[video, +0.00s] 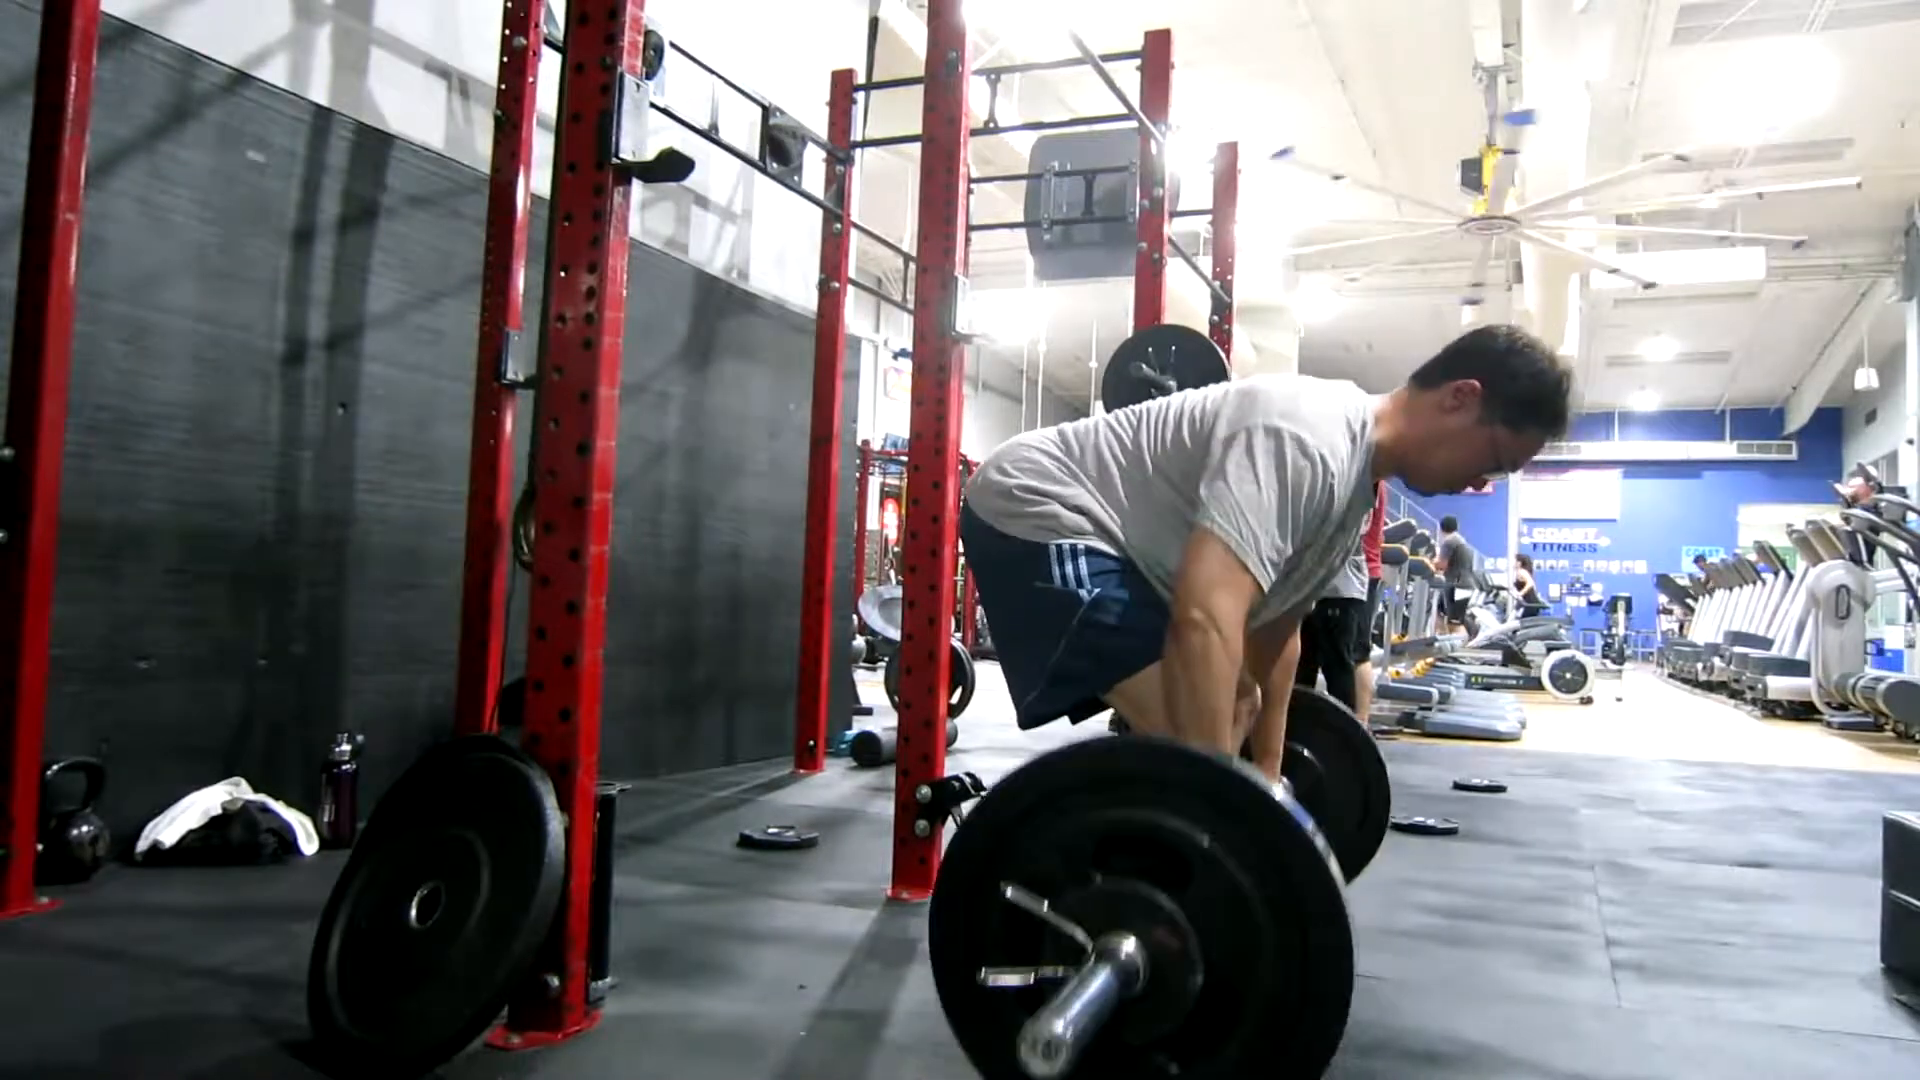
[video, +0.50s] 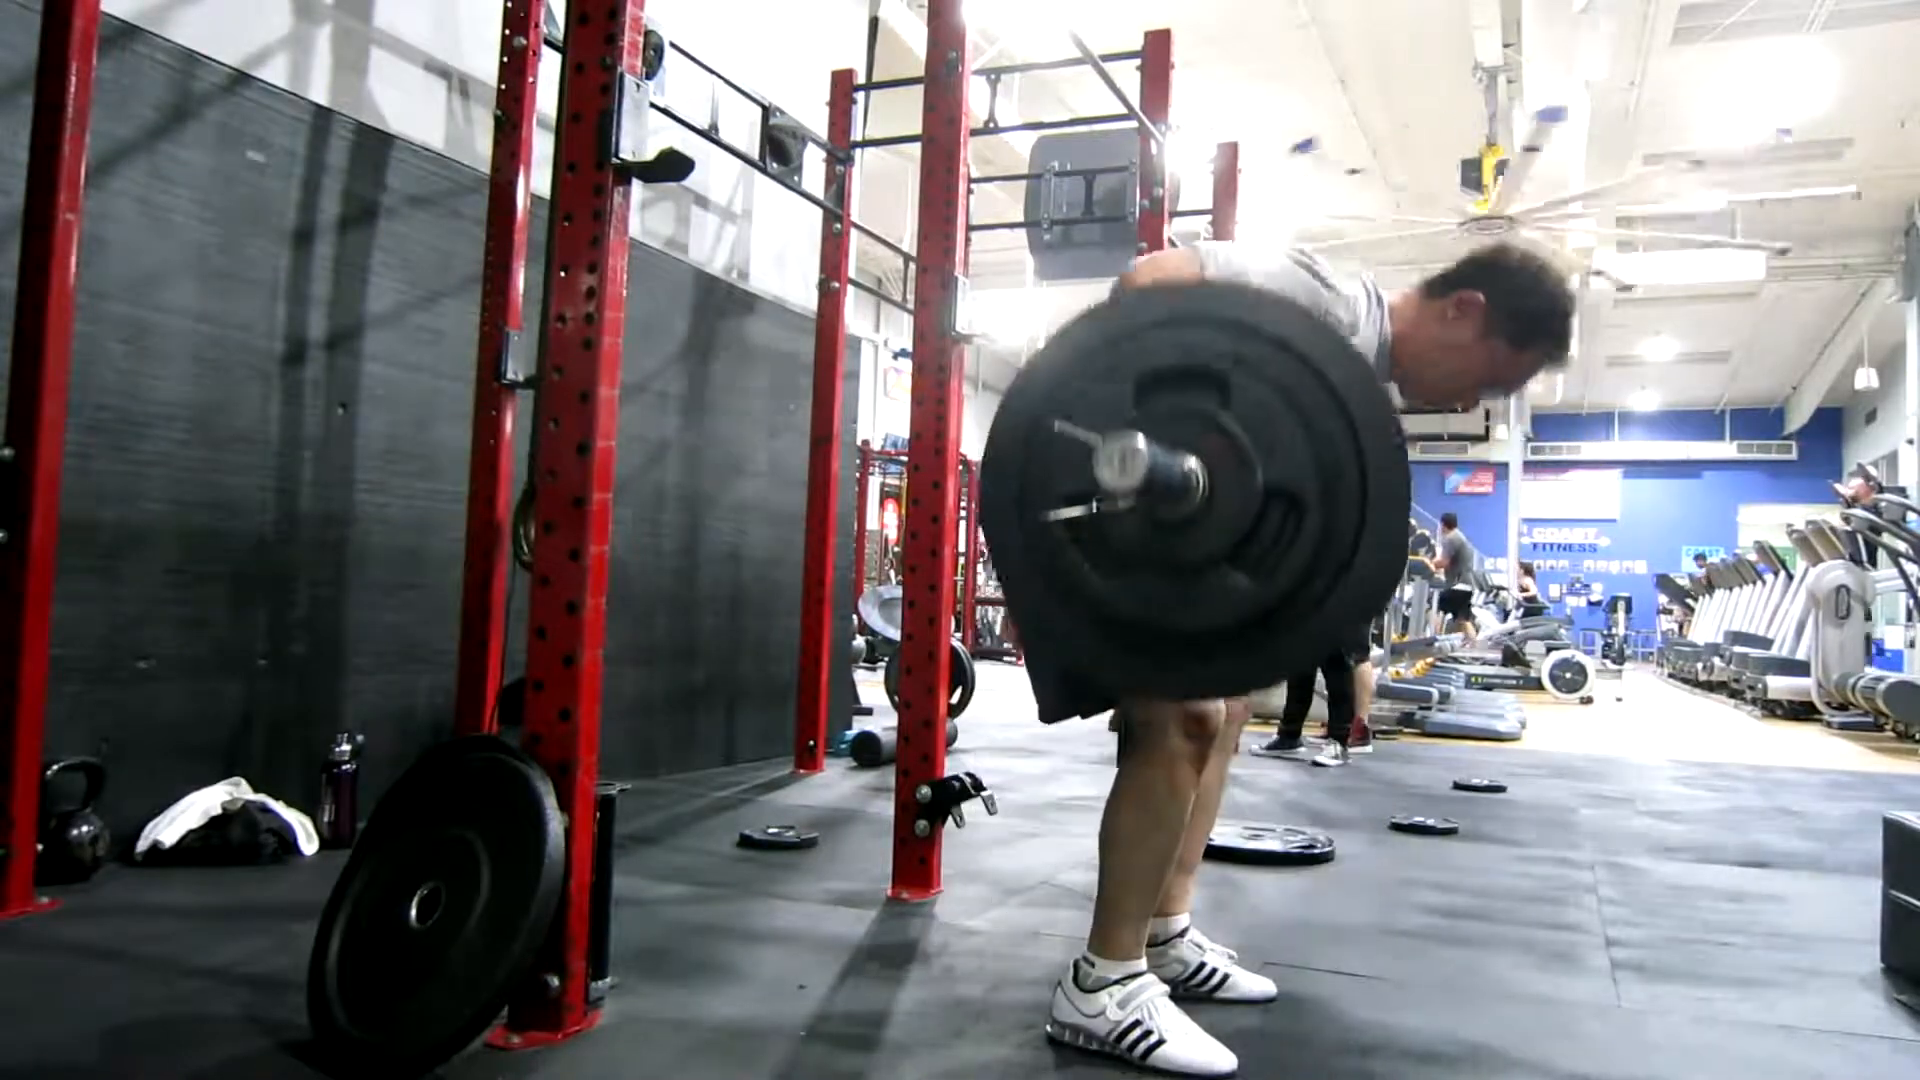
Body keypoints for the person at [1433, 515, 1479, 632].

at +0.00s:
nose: (1440, 530)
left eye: (1441, 528)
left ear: (1442, 528)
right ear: (1455, 527)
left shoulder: (1449, 542)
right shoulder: (1463, 541)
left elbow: (1442, 564)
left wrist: (1433, 563)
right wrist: (1442, 566)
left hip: (1455, 585)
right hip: (1469, 584)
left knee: (1453, 620)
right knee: (1465, 620)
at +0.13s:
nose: (1441, 528)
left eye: (1441, 525)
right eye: (1442, 525)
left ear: (1442, 526)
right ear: (1456, 524)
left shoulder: (1450, 540)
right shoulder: (1463, 539)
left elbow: (1442, 562)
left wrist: (1433, 564)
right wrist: (1441, 566)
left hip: (1455, 583)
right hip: (1467, 583)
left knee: (1453, 619)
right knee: (1460, 618)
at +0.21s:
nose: (1441, 528)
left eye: (1442, 525)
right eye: (1442, 525)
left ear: (1444, 526)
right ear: (1456, 525)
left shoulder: (1451, 539)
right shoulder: (1462, 539)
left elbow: (1443, 561)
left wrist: (1433, 564)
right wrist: (1440, 565)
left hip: (1455, 586)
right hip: (1467, 585)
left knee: (1445, 616)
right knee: (1456, 618)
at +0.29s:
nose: (1442, 532)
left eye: (1442, 529)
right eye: (1443, 529)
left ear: (1444, 529)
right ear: (1457, 528)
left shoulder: (1452, 542)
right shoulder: (1463, 541)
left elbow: (1443, 563)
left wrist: (1434, 562)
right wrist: (1442, 565)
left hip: (1456, 586)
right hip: (1468, 584)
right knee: (1461, 619)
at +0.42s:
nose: (1441, 530)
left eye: (1442, 528)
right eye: (1442, 527)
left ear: (1445, 528)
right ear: (1456, 527)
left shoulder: (1452, 541)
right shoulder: (1461, 540)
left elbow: (1444, 563)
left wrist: (1435, 562)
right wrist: (1440, 566)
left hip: (1456, 586)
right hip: (1467, 586)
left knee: (1440, 614)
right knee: (1464, 621)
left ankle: (1436, 639)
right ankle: (1472, 644)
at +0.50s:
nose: (1441, 528)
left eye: (1441, 525)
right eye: (1441, 525)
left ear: (1444, 525)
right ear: (1455, 524)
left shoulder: (1452, 538)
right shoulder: (1461, 538)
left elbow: (1444, 561)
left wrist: (1432, 563)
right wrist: (1438, 564)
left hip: (1457, 585)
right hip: (1467, 585)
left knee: (1438, 611)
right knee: (1463, 619)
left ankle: (1436, 638)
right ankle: (1474, 642)